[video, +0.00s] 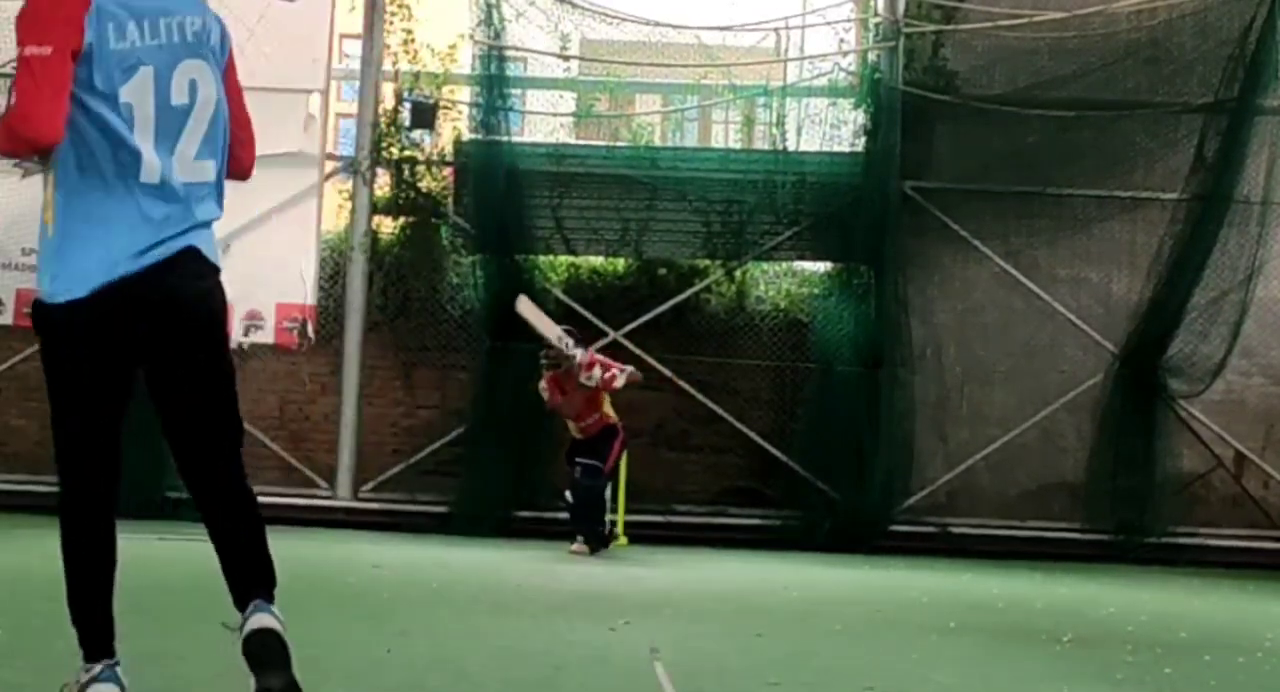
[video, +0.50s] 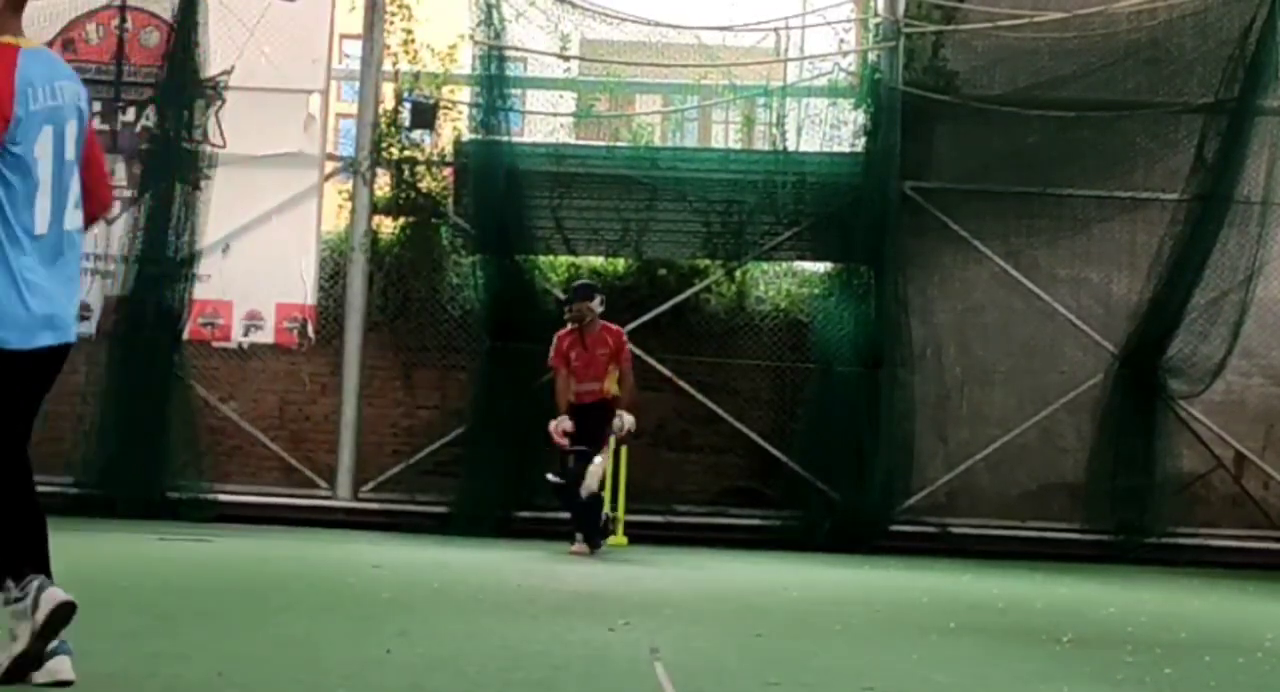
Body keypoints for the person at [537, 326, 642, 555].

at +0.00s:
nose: (550, 359)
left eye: (556, 353)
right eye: (547, 353)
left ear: (571, 354)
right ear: (545, 357)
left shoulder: (588, 366)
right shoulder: (549, 382)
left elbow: (632, 375)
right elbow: (562, 409)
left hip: (606, 430)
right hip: (580, 436)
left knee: (590, 479)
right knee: (577, 485)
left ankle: (587, 536)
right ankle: (596, 534)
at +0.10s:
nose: (567, 345)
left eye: (567, 340)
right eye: (558, 343)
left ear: (577, 343)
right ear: (553, 349)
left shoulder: (595, 363)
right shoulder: (550, 378)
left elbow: (625, 389)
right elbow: (557, 407)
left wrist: (607, 392)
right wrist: (580, 389)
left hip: (605, 427)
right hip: (578, 432)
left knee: (589, 479)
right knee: (579, 482)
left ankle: (588, 537)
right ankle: (592, 535)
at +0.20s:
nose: (571, 349)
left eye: (575, 342)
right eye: (565, 344)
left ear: (584, 342)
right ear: (558, 347)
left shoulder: (603, 360)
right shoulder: (553, 371)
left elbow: (620, 389)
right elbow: (560, 404)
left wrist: (611, 399)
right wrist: (579, 393)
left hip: (604, 422)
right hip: (577, 426)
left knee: (588, 476)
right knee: (576, 479)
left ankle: (585, 536)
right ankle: (593, 533)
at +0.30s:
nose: (571, 333)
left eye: (575, 327)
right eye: (567, 328)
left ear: (586, 328)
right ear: (562, 331)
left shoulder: (606, 353)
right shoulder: (557, 358)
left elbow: (624, 387)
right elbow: (559, 394)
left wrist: (609, 400)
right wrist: (578, 401)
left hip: (604, 421)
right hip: (576, 420)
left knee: (587, 474)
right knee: (575, 475)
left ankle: (584, 535)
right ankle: (591, 533)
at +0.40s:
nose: (568, 322)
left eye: (573, 316)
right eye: (566, 317)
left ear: (589, 317)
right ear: (566, 319)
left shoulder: (611, 343)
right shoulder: (559, 349)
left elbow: (624, 384)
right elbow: (562, 394)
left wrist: (614, 405)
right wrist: (587, 408)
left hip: (604, 414)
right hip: (574, 413)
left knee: (589, 472)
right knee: (574, 473)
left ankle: (584, 535)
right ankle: (587, 533)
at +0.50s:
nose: (578, 312)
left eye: (583, 306)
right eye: (574, 307)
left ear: (596, 306)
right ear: (569, 309)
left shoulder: (615, 335)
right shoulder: (563, 339)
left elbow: (626, 373)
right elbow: (561, 377)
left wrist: (623, 408)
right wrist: (563, 413)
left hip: (604, 403)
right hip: (576, 404)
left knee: (592, 467)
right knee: (572, 469)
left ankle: (586, 535)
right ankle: (589, 528)